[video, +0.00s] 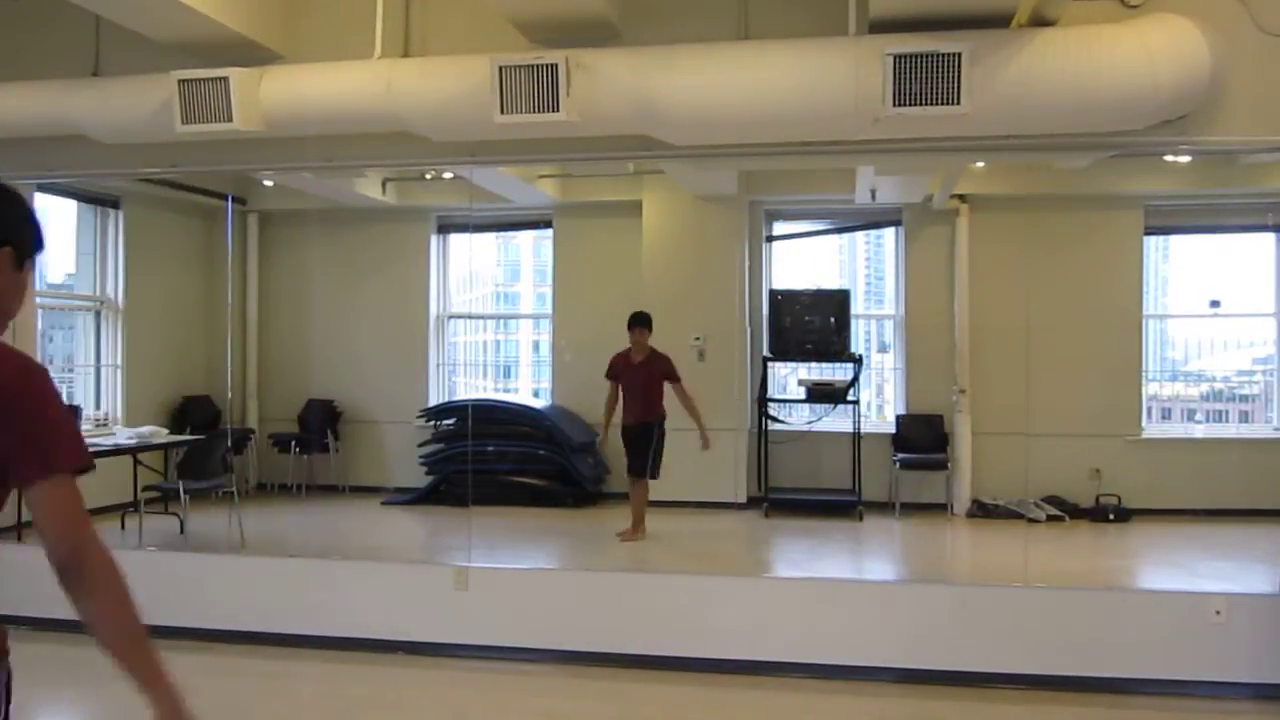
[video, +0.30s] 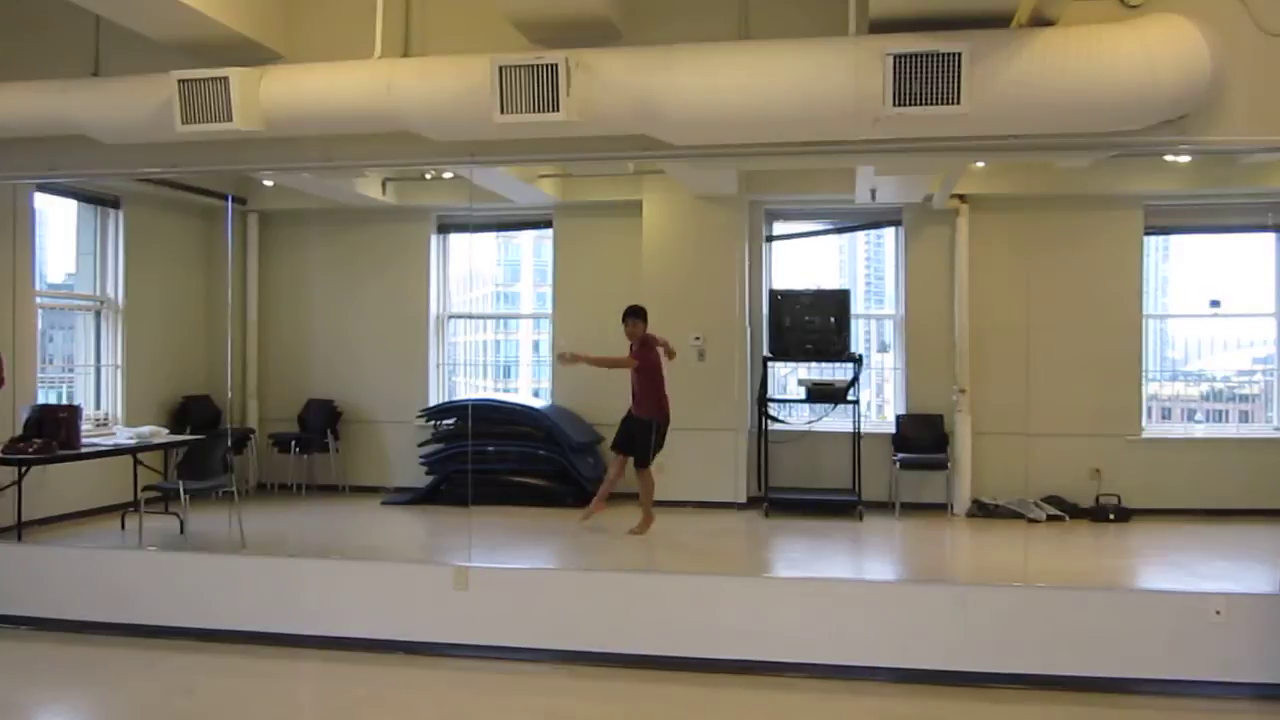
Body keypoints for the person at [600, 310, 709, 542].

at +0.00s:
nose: (638, 337)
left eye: (643, 333)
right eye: (634, 332)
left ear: (650, 334)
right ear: (628, 333)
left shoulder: (661, 361)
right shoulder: (619, 361)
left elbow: (683, 396)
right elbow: (612, 397)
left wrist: (702, 429)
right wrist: (605, 430)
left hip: (653, 424)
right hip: (629, 425)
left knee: (640, 476)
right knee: (634, 476)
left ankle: (638, 527)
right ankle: (637, 525)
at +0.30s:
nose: (631, 330)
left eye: (636, 325)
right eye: (628, 325)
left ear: (644, 326)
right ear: (624, 327)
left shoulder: (644, 350)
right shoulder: (644, 340)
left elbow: (616, 363)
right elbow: (660, 341)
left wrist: (582, 359)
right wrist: (669, 349)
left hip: (654, 416)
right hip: (636, 412)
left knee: (641, 466)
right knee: (619, 455)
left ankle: (647, 516)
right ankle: (598, 501)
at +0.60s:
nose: (646, 334)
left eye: (651, 329)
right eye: (642, 330)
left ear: (660, 332)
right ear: (638, 333)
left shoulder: (665, 360)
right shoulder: (640, 359)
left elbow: (642, 384)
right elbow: (636, 385)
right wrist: (609, 380)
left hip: (664, 424)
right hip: (647, 424)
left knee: (643, 473)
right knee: (652, 471)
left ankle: (648, 521)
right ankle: (657, 507)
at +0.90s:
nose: (661, 333)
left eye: (666, 328)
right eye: (657, 329)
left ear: (674, 331)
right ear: (652, 333)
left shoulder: (690, 354)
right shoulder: (649, 364)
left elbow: (724, 361)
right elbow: (656, 387)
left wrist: (754, 369)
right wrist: (678, 387)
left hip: (694, 424)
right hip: (668, 429)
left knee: (714, 470)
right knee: (685, 479)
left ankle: (739, 512)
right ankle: (709, 520)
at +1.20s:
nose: (673, 321)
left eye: (677, 316)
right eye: (669, 317)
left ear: (685, 318)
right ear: (664, 321)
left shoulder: (696, 340)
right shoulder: (666, 351)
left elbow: (716, 334)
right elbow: (695, 371)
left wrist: (736, 317)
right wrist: (723, 360)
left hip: (696, 408)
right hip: (670, 409)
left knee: (702, 461)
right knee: (644, 455)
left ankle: (692, 507)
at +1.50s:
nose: (672, 343)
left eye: (676, 338)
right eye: (667, 339)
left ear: (684, 340)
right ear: (663, 344)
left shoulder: (691, 362)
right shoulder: (670, 374)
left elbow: (706, 349)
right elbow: (704, 392)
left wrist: (717, 324)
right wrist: (727, 381)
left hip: (687, 433)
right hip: (663, 431)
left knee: (696, 484)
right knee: (627, 470)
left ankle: (681, 520)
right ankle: (590, 513)